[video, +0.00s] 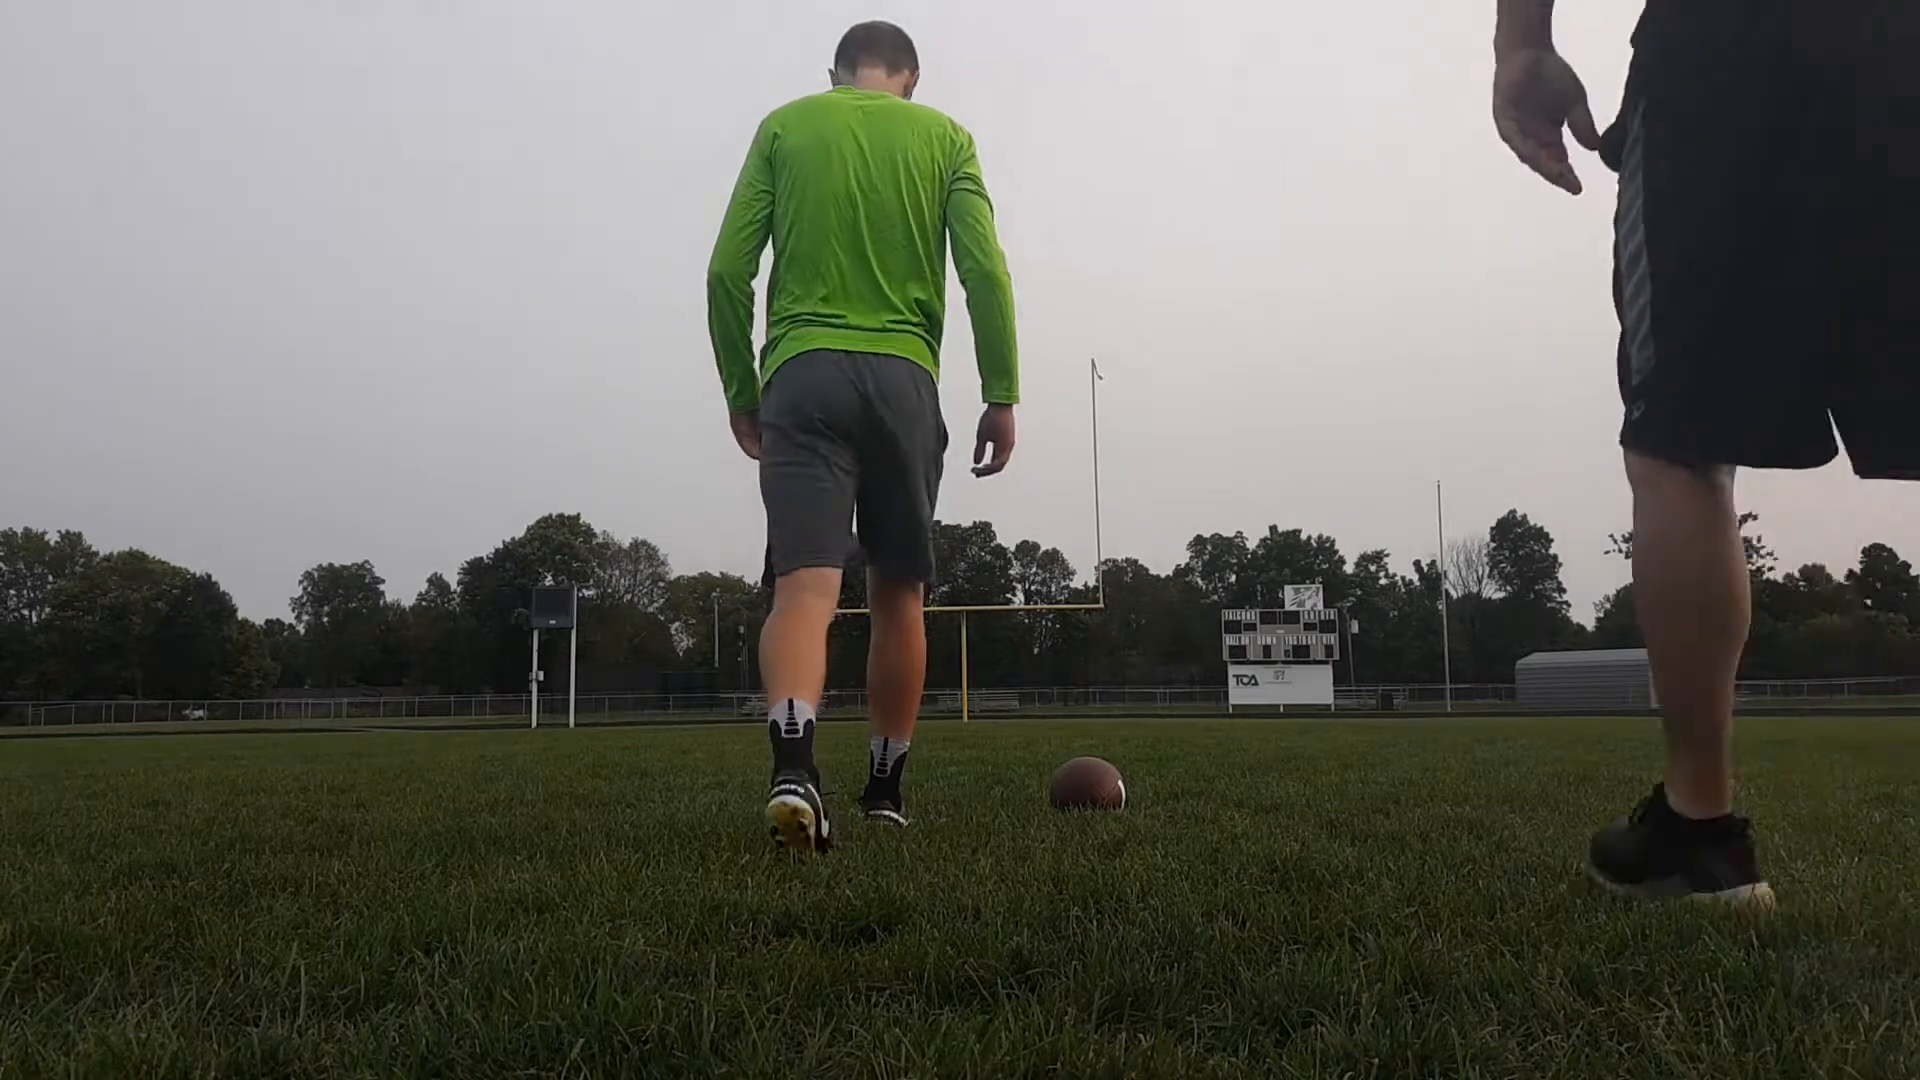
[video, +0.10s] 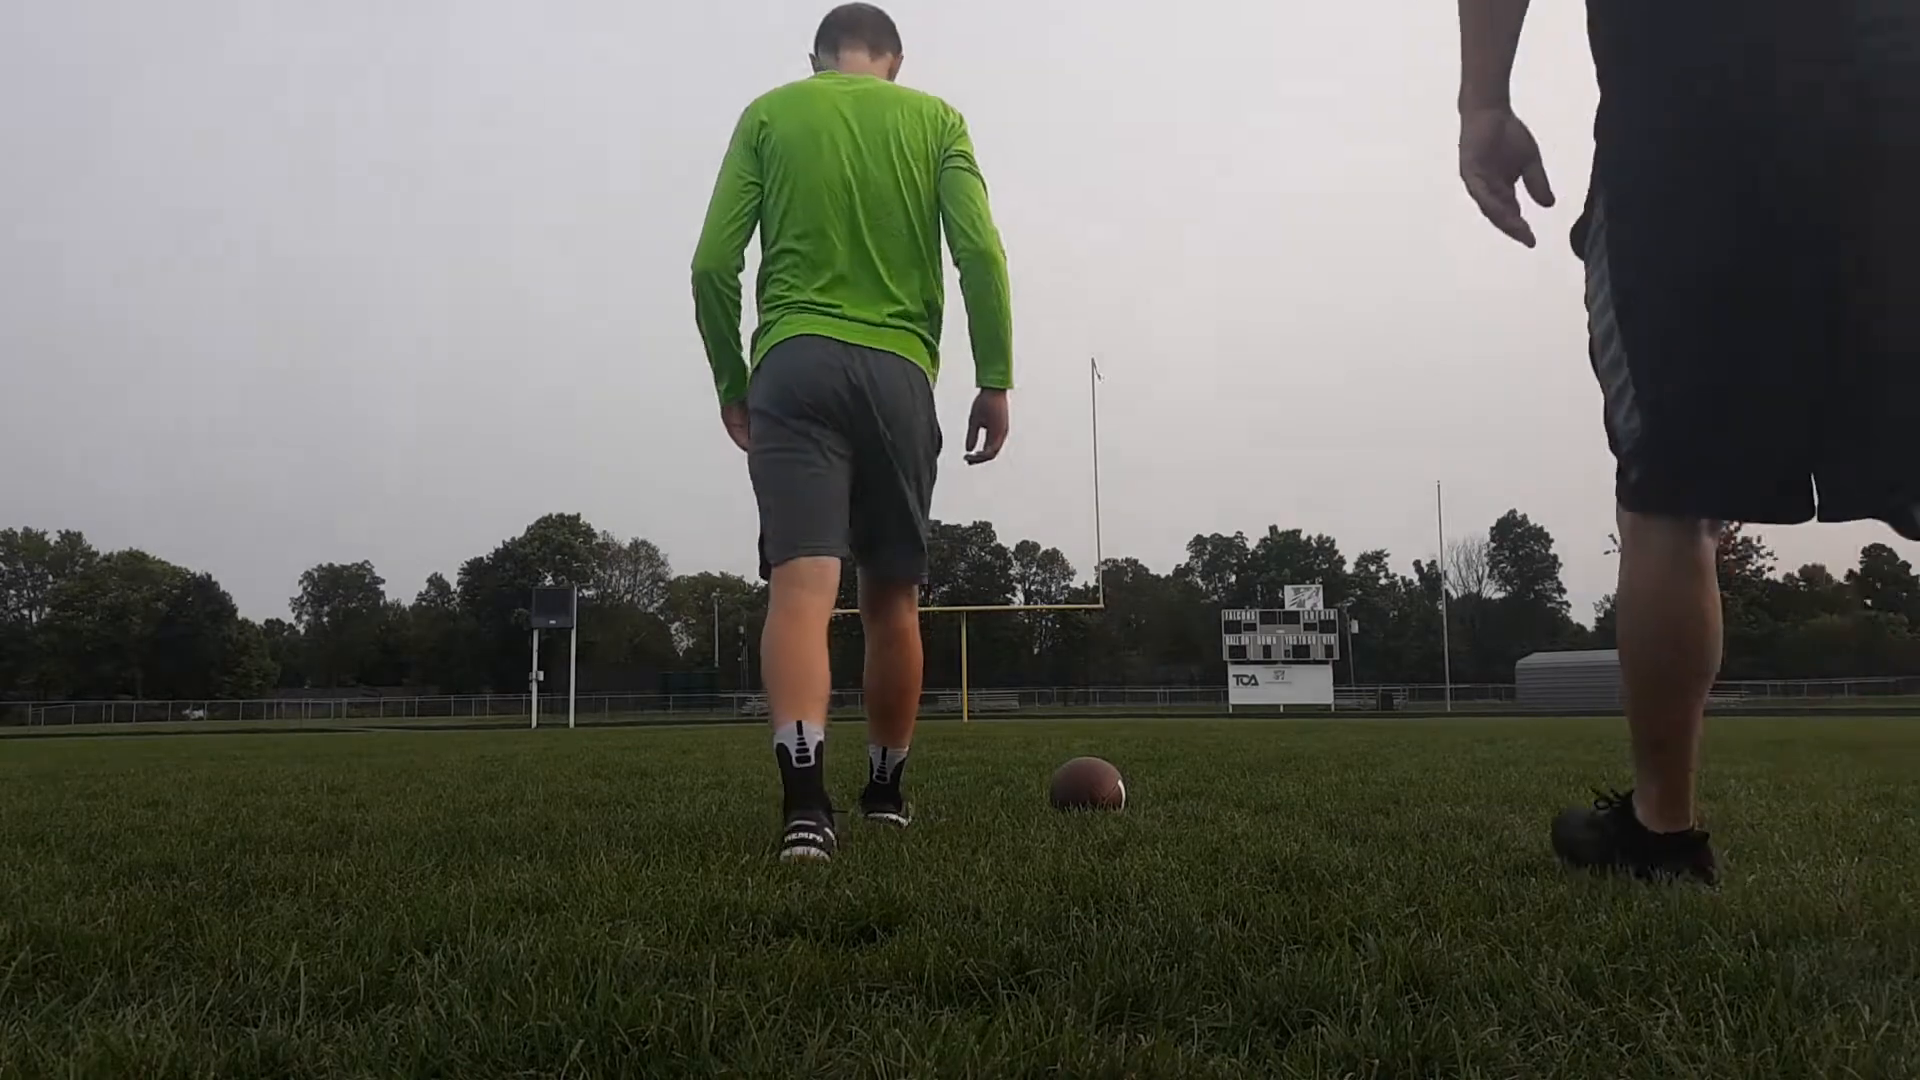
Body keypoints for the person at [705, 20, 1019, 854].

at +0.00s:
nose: (905, 95)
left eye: (894, 84)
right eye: (910, 84)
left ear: (836, 72)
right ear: (908, 78)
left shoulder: (784, 126)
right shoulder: (943, 134)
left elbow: (726, 269)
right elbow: (984, 264)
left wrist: (742, 393)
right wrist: (1001, 395)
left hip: (803, 366)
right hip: (902, 374)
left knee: (806, 581)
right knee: (900, 592)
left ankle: (793, 769)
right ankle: (885, 793)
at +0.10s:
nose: (888, 78)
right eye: (893, 66)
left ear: (817, 58)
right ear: (893, 59)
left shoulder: (768, 113)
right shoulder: (934, 118)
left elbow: (712, 263)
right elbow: (980, 250)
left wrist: (733, 386)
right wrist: (995, 380)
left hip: (793, 357)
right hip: (896, 365)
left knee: (801, 584)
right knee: (893, 593)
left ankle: (805, 809)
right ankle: (886, 795)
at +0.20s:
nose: (868, 50)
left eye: (819, 40)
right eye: (873, 38)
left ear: (797, 34)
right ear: (874, 33)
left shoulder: (754, 93)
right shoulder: (923, 91)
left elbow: (698, 258)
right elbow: (972, 219)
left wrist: (720, 384)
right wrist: (983, 357)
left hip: (788, 342)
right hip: (894, 350)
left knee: (795, 582)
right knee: (887, 586)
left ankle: (804, 818)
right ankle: (887, 786)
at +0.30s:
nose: (870, 18)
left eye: (797, 16)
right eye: (873, 12)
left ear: (788, 10)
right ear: (867, 8)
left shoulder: (741, 68)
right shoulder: (920, 64)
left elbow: (694, 238)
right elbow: (962, 191)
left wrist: (711, 371)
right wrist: (975, 333)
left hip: (780, 329)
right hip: (890, 333)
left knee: (796, 571)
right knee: (889, 569)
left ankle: (806, 816)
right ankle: (880, 785)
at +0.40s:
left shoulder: (733, 36)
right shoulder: (913, 25)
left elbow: (686, 208)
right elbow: (954, 150)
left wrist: (701, 350)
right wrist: (971, 300)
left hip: (775, 296)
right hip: (887, 299)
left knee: (793, 556)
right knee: (896, 550)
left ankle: (805, 815)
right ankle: (886, 784)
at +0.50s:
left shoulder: (726, 16)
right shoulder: (915, 11)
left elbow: (676, 184)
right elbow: (952, 122)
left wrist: (688, 339)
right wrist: (972, 281)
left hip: (768, 282)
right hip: (884, 281)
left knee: (790, 553)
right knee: (902, 541)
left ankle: (804, 819)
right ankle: (892, 789)